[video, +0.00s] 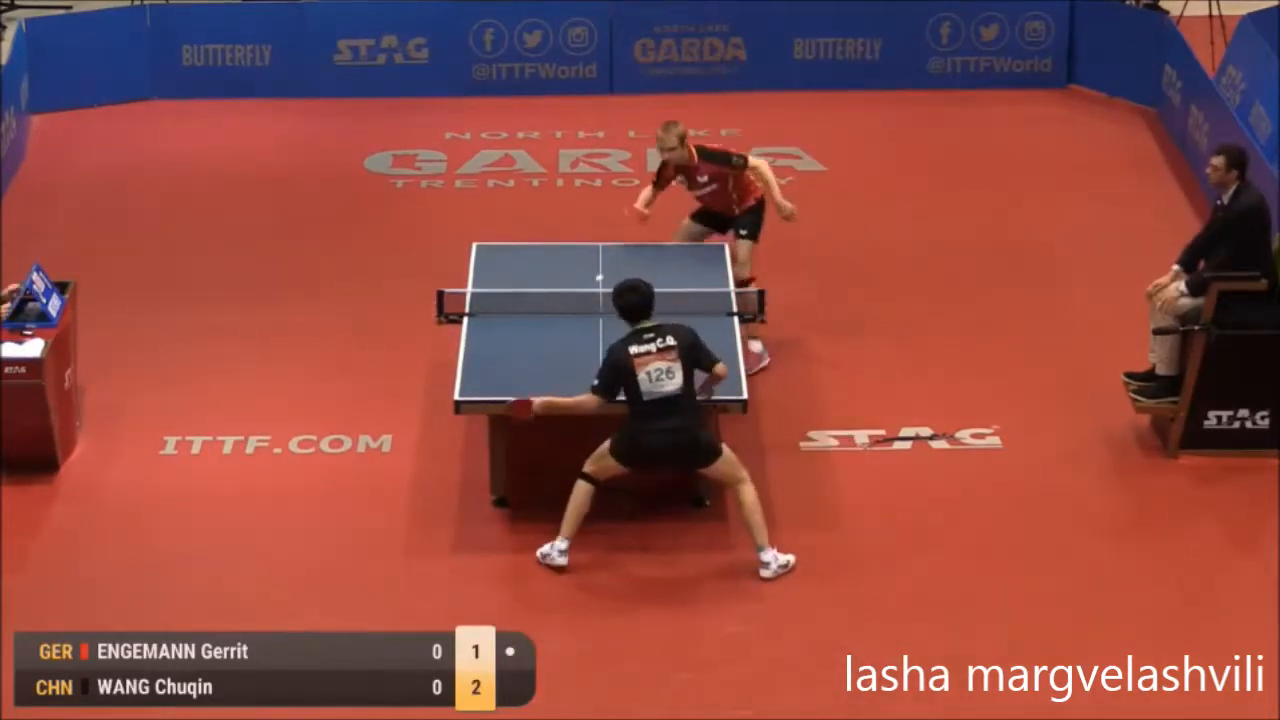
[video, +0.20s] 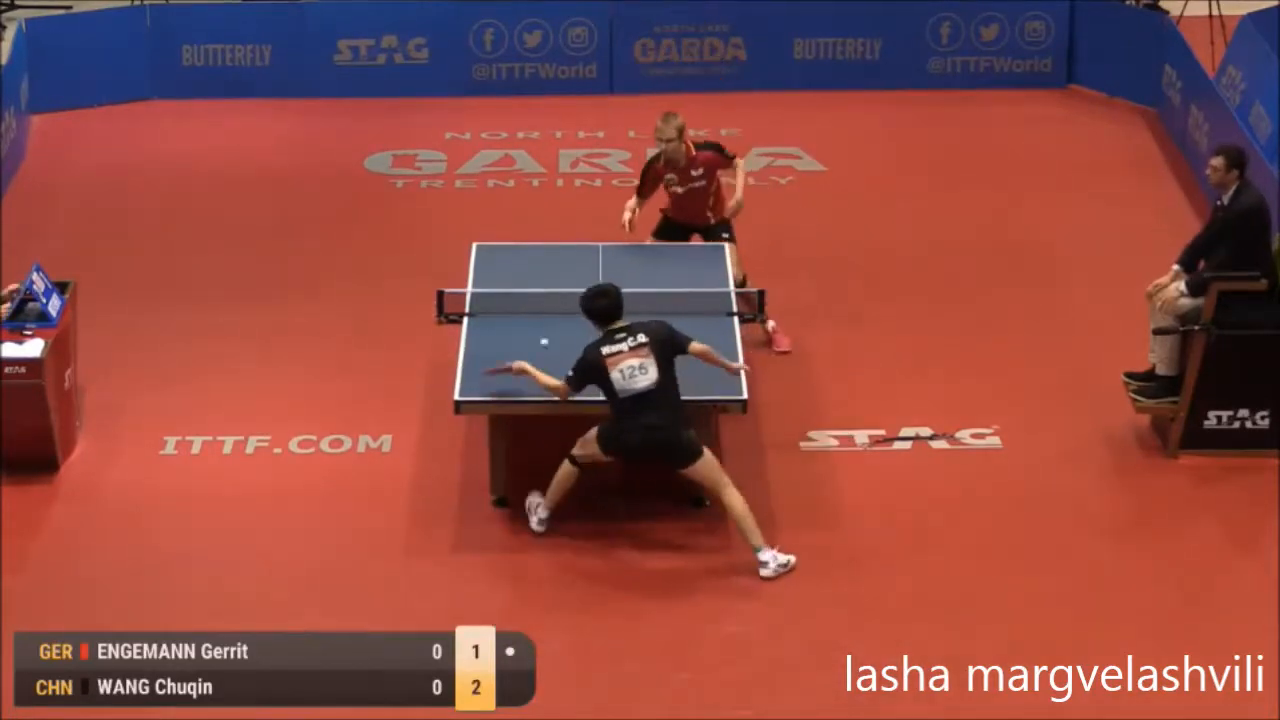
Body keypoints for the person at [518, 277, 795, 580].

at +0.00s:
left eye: (620, 306)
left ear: (620, 312)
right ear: (652, 306)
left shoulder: (619, 351)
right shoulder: (682, 334)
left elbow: (596, 401)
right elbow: (720, 371)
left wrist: (549, 404)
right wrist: (707, 386)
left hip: (640, 440)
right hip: (690, 437)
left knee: (591, 473)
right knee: (740, 480)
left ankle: (560, 548)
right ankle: (767, 556)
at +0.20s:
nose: (595, 313)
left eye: (591, 311)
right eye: (603, 306)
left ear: (592, 319)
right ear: (622, 308)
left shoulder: (594, 355)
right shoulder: (657, 330)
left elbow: (564, 390)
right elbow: (702, 351)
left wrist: (529, 370)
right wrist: (728, 366)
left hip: (624, 435)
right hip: (671, 434)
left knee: (578, 455)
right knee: (725, 490)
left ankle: (543, 513)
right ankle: (766, 557)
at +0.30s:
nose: (571, 317)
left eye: (568, 313)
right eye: (578, 311)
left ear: (567, 319)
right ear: (597, 311)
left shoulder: (566, 347)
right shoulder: (623, 334)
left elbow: (549, 373)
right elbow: (651, 361)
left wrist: (531, 348)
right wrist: (693, 386)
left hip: (589, 434)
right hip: (632, 433)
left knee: (563, 451)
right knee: (690, 492)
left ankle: (537, 512)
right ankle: (750, 548)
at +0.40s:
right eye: (583, 302)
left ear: (560, 314)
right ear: (591, 309)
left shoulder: (555, 341)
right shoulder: (607, 337)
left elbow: (543, 343)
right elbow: (622, 368)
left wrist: (542, 342)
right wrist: (660, 405)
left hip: (571, 434)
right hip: (611, 435)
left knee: (559, 453)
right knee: (672, 493)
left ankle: (536, 511)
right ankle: (731, 548)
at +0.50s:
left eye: (568, 296)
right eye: (593, 292)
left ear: (563, 300)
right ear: (596, 296)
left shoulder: (555, 326)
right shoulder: (603, 326)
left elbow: (548, 347)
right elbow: (601, 359)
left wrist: (557, 324)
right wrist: (621, 404)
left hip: (565, 424)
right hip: (600, 424)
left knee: (555, 454)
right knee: (659, 482)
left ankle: (534, 510)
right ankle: (708, 548)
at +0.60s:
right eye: (598, 279)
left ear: (569, 288)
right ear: (600, 284)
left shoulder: (559, 316)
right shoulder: (610, 315)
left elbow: (541, 348)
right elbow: (604, 353)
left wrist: (563, 331)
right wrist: (615, 402)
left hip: (562, 413)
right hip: (600, 413)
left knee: (543, 465)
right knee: (659, 474)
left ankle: (528, 510)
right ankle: (690, 554)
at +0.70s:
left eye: (582, 288)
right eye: (606, 287)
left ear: (575, 293)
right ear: (609, 292)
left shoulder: (559, 323)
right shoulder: (618, 327)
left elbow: (530, 358)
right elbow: (618, 377)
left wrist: (550, 328)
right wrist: (631, 428)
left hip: (563, 424)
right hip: (605, 427)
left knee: (539, 469)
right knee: (657, 486)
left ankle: (513, 538)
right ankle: (658, 569)